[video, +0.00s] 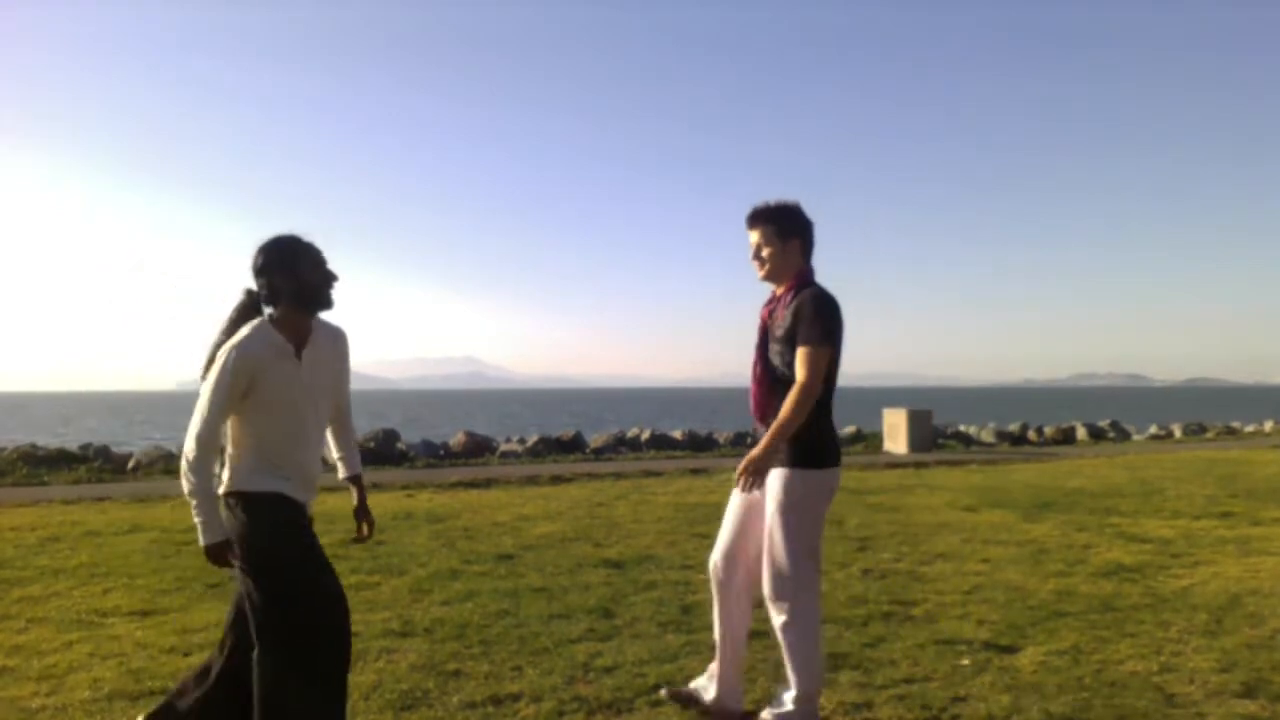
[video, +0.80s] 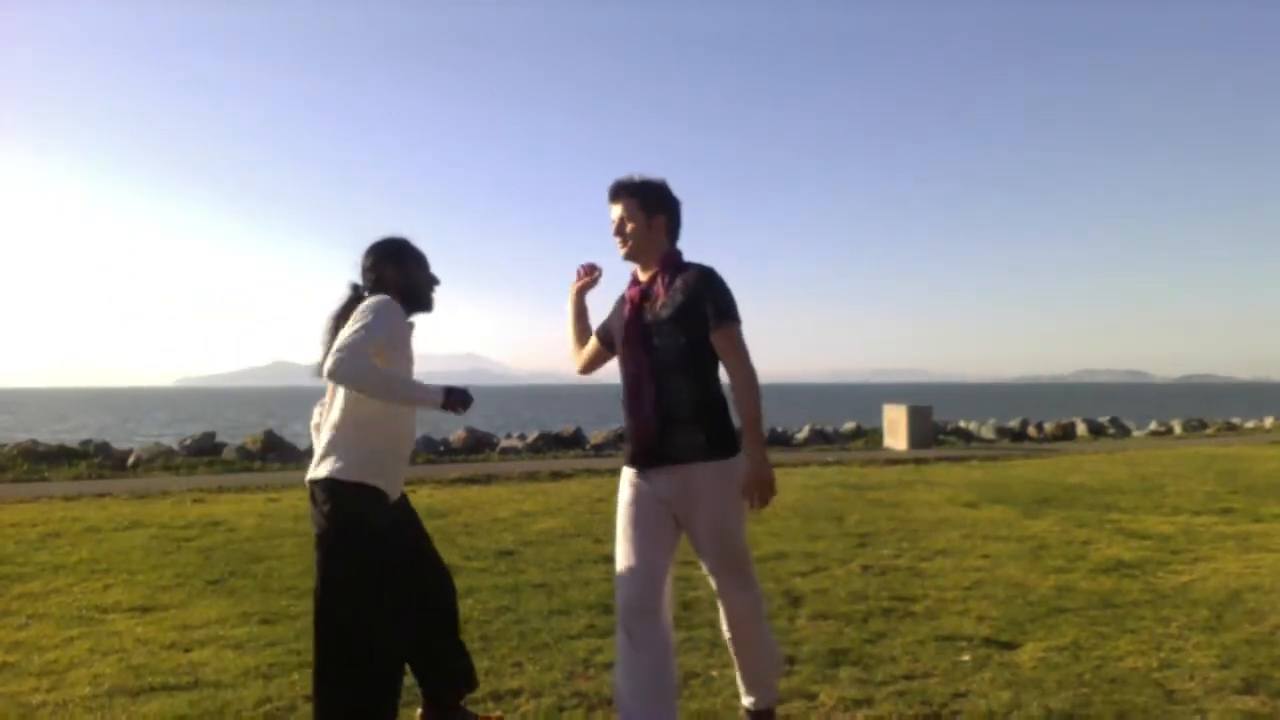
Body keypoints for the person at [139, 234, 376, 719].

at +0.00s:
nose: (332, 276)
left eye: (326, 266)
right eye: (318, 267)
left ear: (293, 280)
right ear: (285, 280)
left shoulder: (332, 341)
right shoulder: (245, 349)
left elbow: (339, 421)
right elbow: (198, 446)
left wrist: (357, 487)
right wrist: (210, 527)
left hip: (295, 504)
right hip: (253, 502)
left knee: (249, 643)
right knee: (324, 616)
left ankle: (182, 713)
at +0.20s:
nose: (367, 269)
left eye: (362, 258)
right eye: (354, 258)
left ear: (335, 271)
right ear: (320, 269)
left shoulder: (361, 341)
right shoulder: (272, 335)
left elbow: (356, 424)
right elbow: (228, 430)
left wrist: (371, 489)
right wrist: (242, 511)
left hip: (329, 503)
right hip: (283, 500)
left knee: (308, 628)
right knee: (348, 616)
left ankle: (214, 689)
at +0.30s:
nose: (382, 269)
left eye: (377, 259)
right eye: (369, 258)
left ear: (353, 271)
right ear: (334, 269)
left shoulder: (371, 342)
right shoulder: (288, 329)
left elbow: (357, 424)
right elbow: (242, 422)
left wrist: (371, 492)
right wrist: (255, 506)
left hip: (343, 507)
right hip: (294, 504)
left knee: (354, 628)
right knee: (314, 628)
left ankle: (246, 687)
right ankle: (247, 687)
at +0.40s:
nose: (396, 270)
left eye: (391, 260)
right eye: (381, 259)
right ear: (346, 267)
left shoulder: (378, 344)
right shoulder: (304, 323)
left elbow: (351, 426)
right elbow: (254, 417)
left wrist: (364, 492)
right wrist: (274, 503)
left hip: (359, 514)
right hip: (308, 510)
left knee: (377, 621)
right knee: (319, 638)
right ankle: (293, 705)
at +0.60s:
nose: (416, 277)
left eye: (412, 268)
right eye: (405, 266)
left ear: (373, 275)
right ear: (371, 273)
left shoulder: (375, 331)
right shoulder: (343, 311)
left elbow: (342, 403)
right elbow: (283, 382)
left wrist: (366, 475)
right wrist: (326, 469)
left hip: (367, 499)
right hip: (328, 500)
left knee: (417, 597)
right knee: (342, 626)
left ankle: (405, 705)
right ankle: (345, 709)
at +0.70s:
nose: (426, 279)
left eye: (421, 269)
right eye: (414, 268)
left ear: (383, 275)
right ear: (383, 273)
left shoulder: (382, 323)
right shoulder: (366, 308)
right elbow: (309, 361)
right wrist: (370, 430)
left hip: (366, 487)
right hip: (334, 487)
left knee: (425, 591)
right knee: (348, 616)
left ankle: (434, 702)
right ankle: (350, 711)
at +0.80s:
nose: (433, 277)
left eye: (429, 268)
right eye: (421, 267)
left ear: (387, 273)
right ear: (390, 271)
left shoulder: (383, 322)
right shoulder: (381, 308)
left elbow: (322, 419)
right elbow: (340, 363)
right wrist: (434, 395)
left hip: (374, 489)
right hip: (351, 488)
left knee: (432, 592)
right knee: (360, 619)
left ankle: (445, 703)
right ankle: (357, 713)